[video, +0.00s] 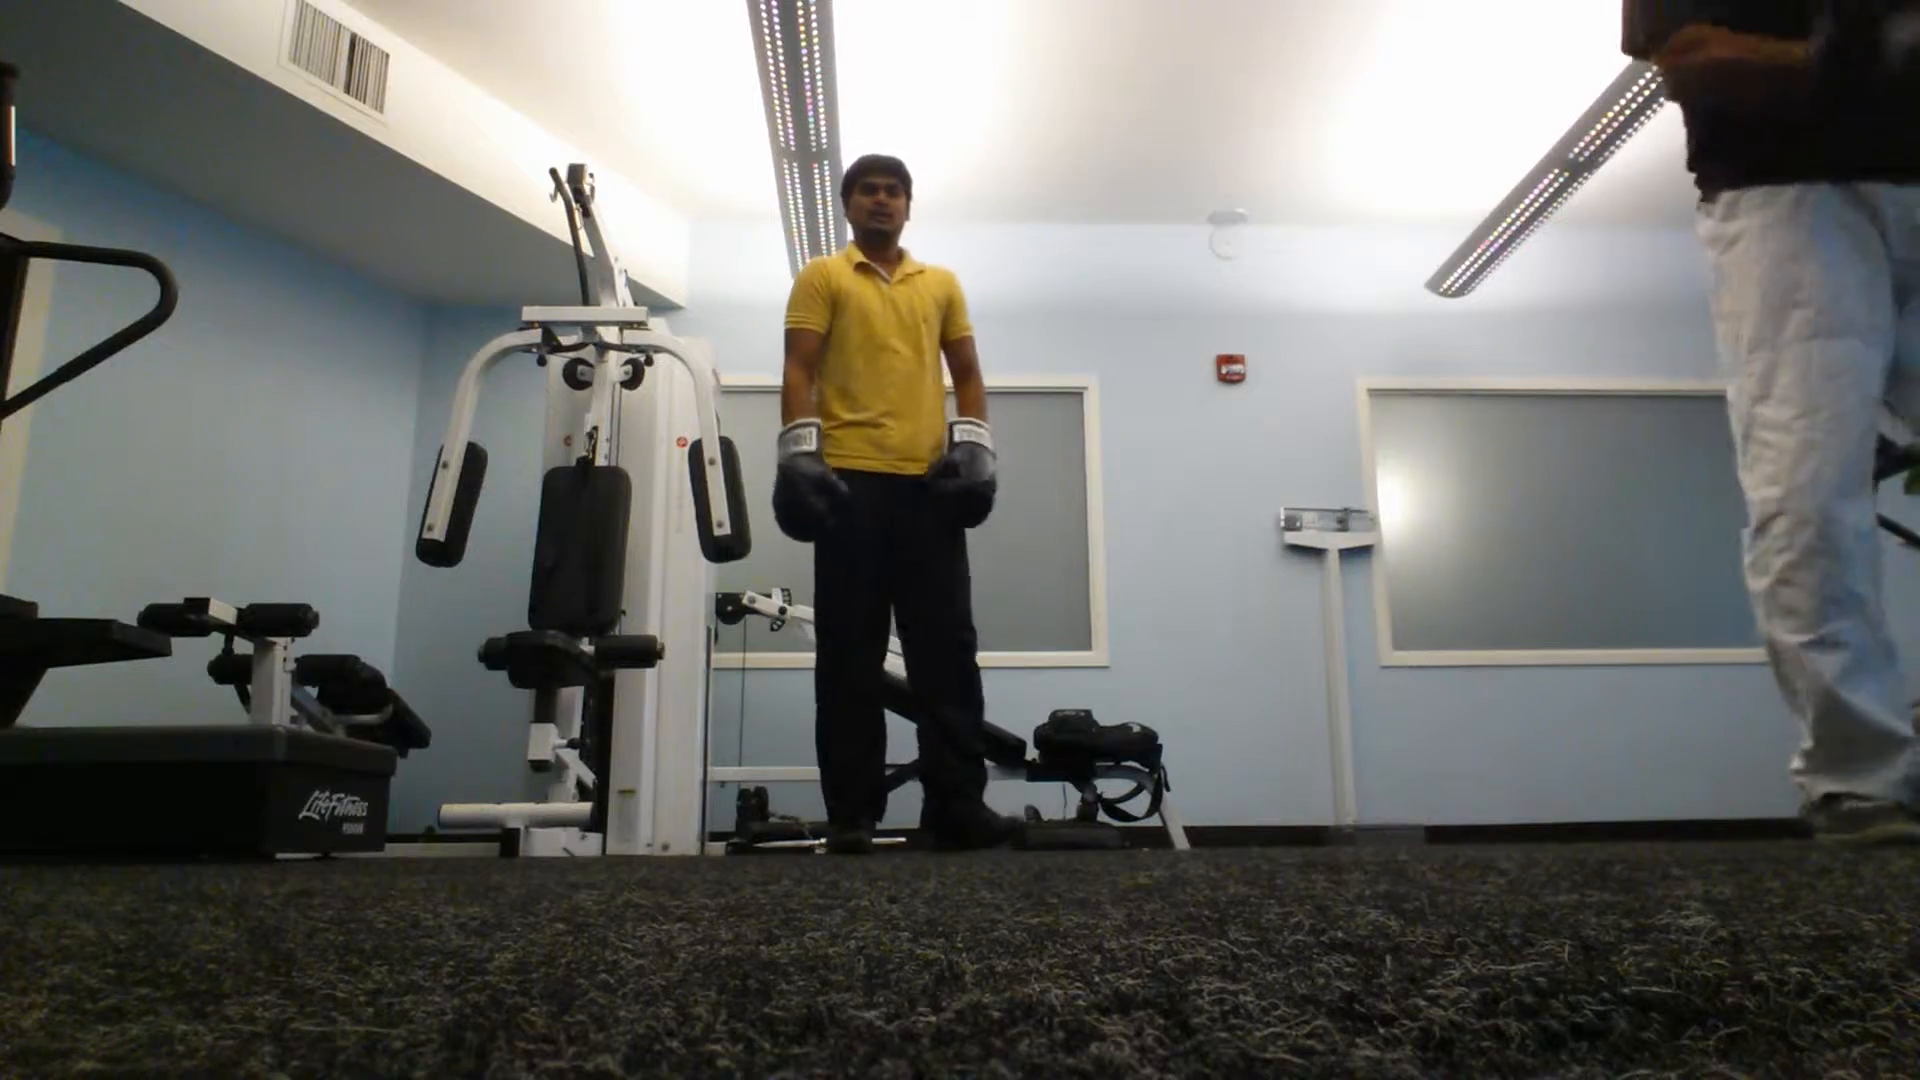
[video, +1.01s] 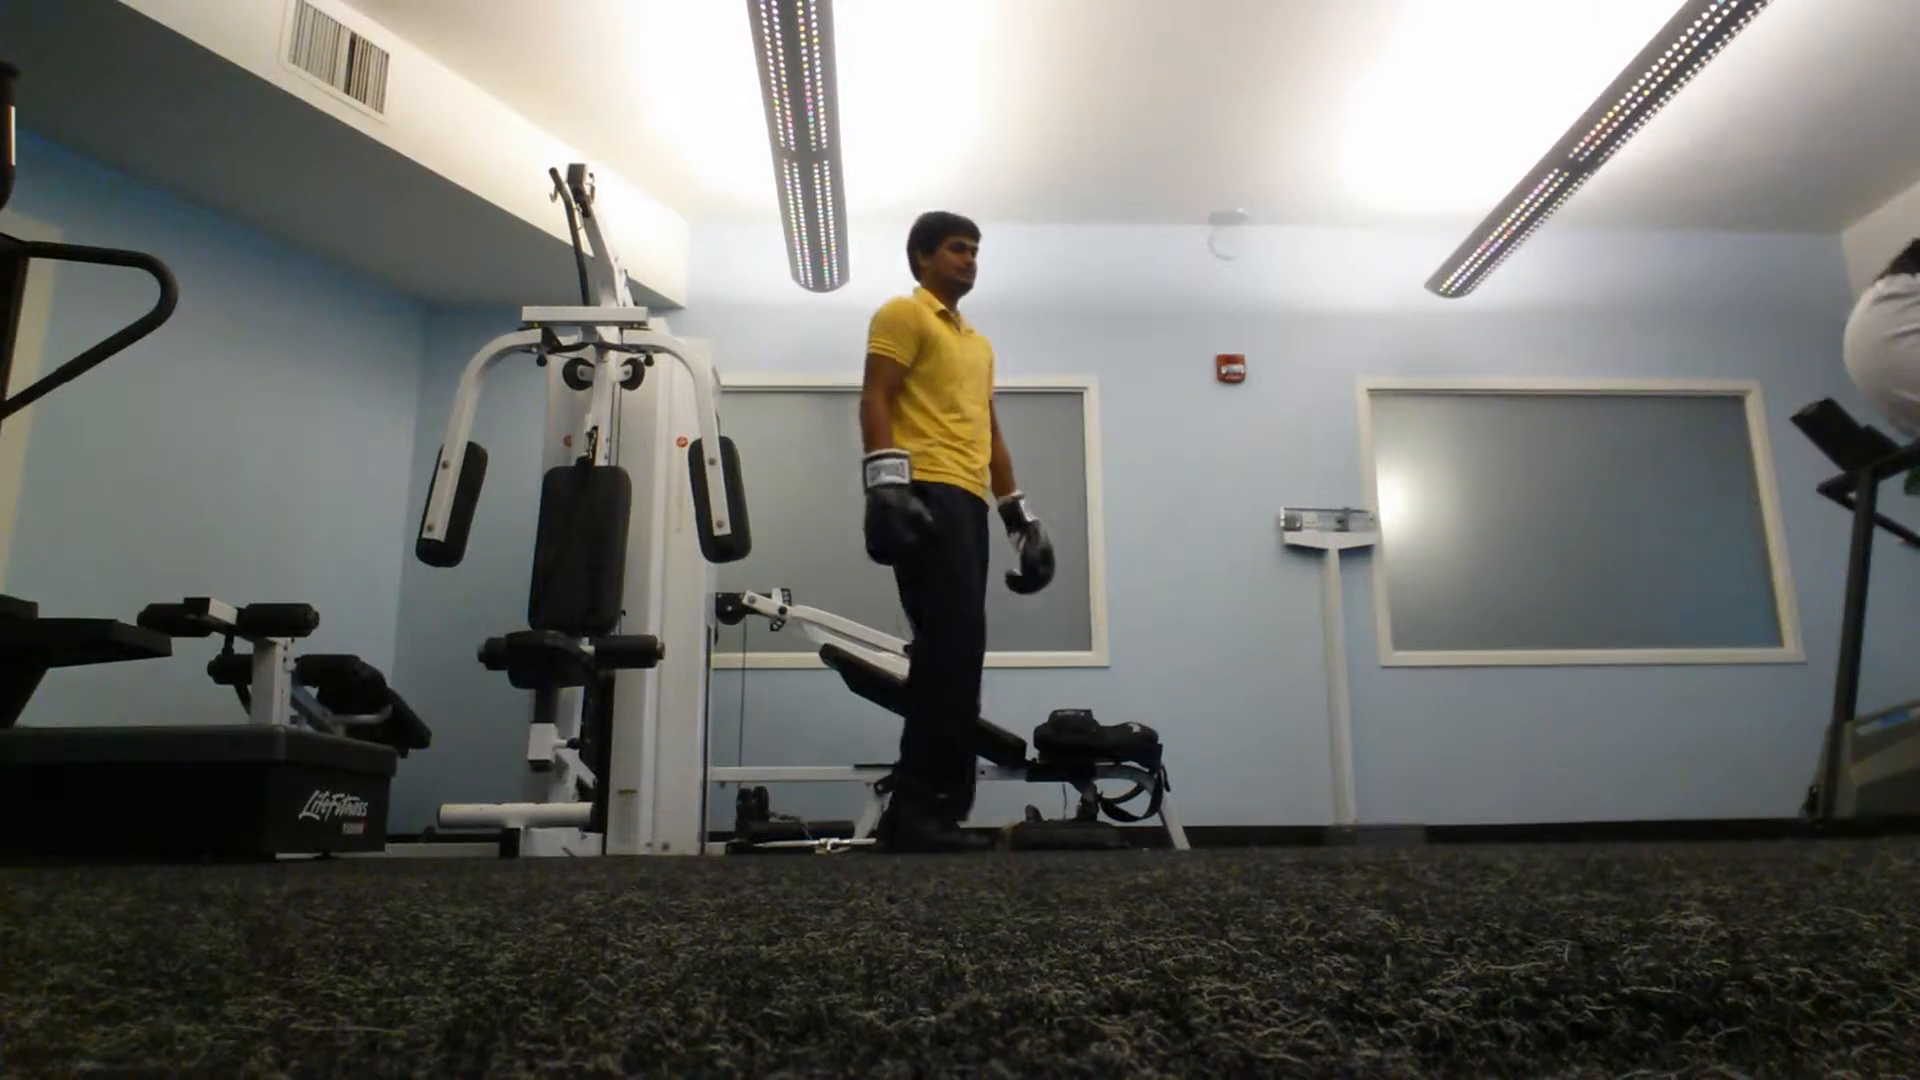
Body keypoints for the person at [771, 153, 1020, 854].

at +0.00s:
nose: (880, 201)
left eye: (892, 192)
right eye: (867, 191)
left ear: (909, 206)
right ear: (846, 205)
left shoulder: (939, 285)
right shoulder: (822, 279)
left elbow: (966, 376)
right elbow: (799, 367)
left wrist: (975, 446)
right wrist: (801, 453)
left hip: (929, 486)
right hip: (848, 484)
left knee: (946, 647)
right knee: (851, 656)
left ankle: (955, 808)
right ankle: (851, 816)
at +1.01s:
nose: (971, 260)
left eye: (975, 252)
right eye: (959, 250)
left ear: (975, 264)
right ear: (923, 256)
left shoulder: (978, 344)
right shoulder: (904, 314)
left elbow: (989, 432)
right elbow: (876, 396)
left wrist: (1020, 517)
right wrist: (886, 482)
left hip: (969, 504)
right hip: (926, 496)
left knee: (960, 649)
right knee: (949, 646)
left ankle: (937, 810)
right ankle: (917, 812)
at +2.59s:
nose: (1029, 205)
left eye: (1038, 198)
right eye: (1016, 195)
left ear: (1047, 214)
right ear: (987, 207)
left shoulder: (1035, 293)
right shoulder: (963, 267)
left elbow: (1036, 391)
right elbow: (916, 356)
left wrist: (1077, 462)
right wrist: (950, 399)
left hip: (1042, 468)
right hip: (993, 462)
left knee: (1064, 634)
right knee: (1009, 628)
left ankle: (1008, 792)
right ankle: (995, 804)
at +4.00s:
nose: (1043, 239)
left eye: (1055, 229)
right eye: (1030, 228)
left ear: (1073, 244)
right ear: (1013, 240)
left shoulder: (1071, 319)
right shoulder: (994, 304)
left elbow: (1086, 394)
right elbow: (943, 394)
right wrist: (985, 370)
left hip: (1066, 484)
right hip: (1018, 479)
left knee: (1060, 634)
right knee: (1039, 633)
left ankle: (1046, 783)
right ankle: (1015, 792)